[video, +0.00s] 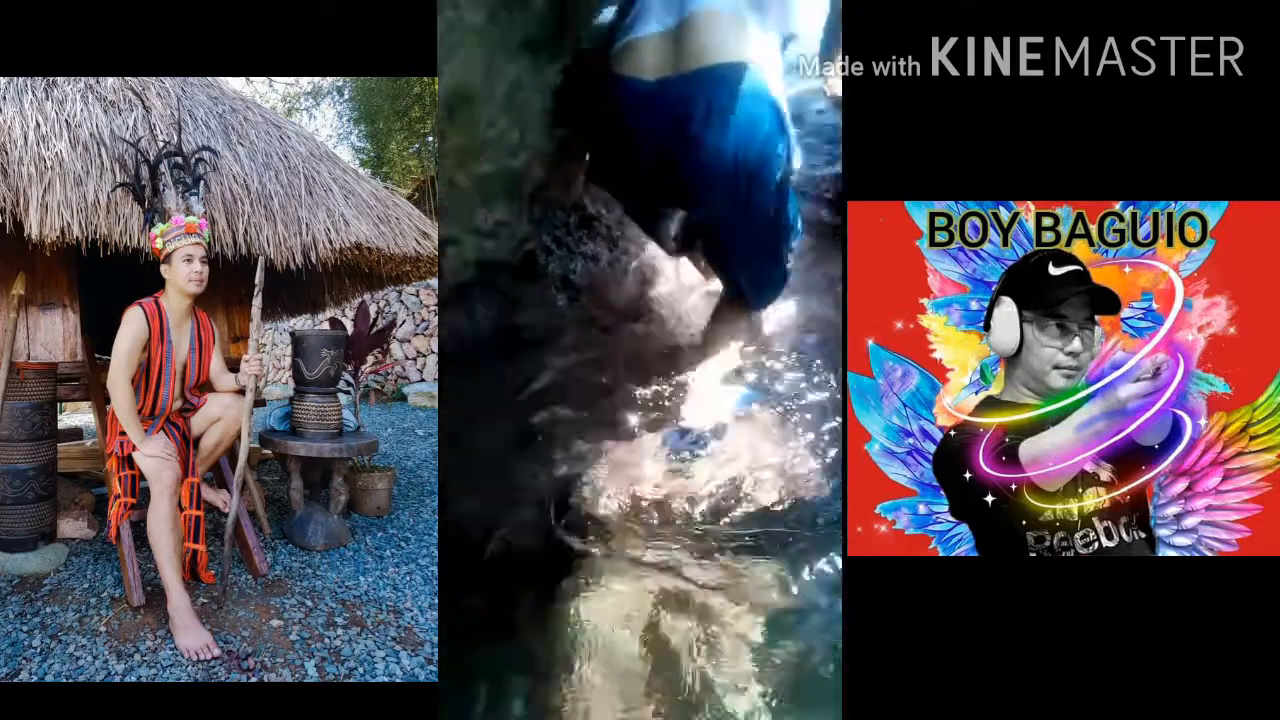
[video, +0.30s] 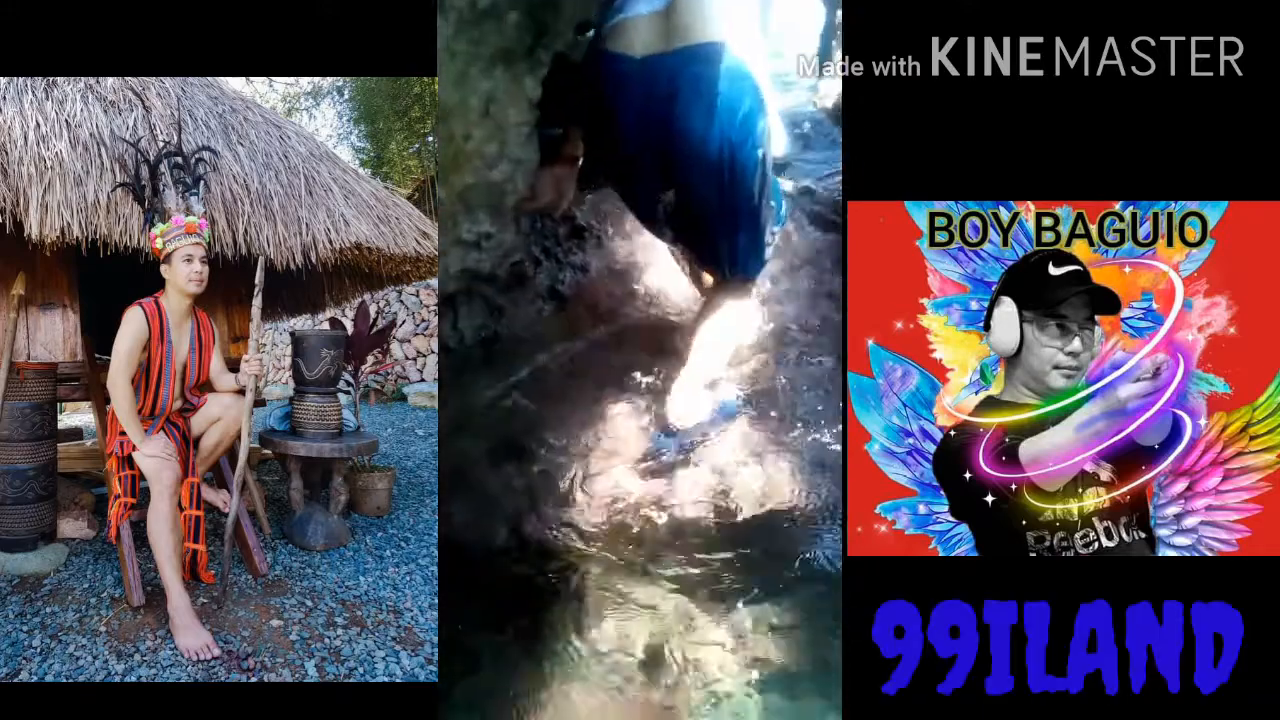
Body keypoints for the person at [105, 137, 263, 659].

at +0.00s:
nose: (198, 268)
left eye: (203, 260)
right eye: (187, 260)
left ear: (207, 266)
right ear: (164, 267)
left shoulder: (206, 324)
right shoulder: (142, 316)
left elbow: (221, 382)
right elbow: (117, 380)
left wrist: (244, 379)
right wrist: (138, 440)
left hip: (180, 420)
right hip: (140, 425)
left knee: (237, 407)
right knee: (169, 476)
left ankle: (191, 479)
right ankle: (179, 606)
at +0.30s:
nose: (198, 268)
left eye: (203, 260)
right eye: (187, 261)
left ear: (207, 266)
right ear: (164, 267)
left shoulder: (206, 323)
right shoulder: (142, 316)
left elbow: (221, 382)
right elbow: (117, 380)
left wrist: (244, 380)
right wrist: (138, 439)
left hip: (180, 420)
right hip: (140, 425)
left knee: (238, 407)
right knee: (169, 476)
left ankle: (191, 478)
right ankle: (179, 607)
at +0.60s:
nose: (198, 268)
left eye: (203, 260)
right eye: (187, 261)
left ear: (207, 267)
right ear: (164, 267)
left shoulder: (205, 323)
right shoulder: (142, 316)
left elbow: (220, 381)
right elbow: (117, 380)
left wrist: (244, 380)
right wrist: (139, 440)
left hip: (180, 419)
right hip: (141, 425)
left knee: (238, 407)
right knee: (169, 477)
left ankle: (191, 478)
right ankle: (179, 607)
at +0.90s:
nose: (198, 269)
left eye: (203, 260)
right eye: (187, 261)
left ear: (207, 266)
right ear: (164, 267)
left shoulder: (205, 322)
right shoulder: (142, 316)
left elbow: (220, 380)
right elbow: (117, 380)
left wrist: (242, 380)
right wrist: (138, 440)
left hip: (181, 419)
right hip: (141, 425)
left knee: (237, 407)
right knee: (169, 476)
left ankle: (191, 478)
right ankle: (179, 605)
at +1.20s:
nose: (198, 268)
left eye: (203, 260)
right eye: (187, 261)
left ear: (207, 266)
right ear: (164, 267)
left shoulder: (206, 323)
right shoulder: (142, 316)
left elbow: (221, 382)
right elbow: (117, 380)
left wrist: (244, 380)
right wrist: (138, 439)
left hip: (180, 420)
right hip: (140, 425)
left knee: (238, 407)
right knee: (169, 476)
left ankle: (191, 478)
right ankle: (179, 607)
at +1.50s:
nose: (198, 268)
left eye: (203, 260)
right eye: (187, 260)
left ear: (208, 267)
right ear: (165, 267)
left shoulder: (206, 324)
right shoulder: (142, 316)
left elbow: (220, 382)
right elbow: (117, 380)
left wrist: (243, 380)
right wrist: (138, 440)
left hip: (180, 419)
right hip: (140, 424)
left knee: (237, 407)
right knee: (169, 477)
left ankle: (191, 478)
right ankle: (179, 606)